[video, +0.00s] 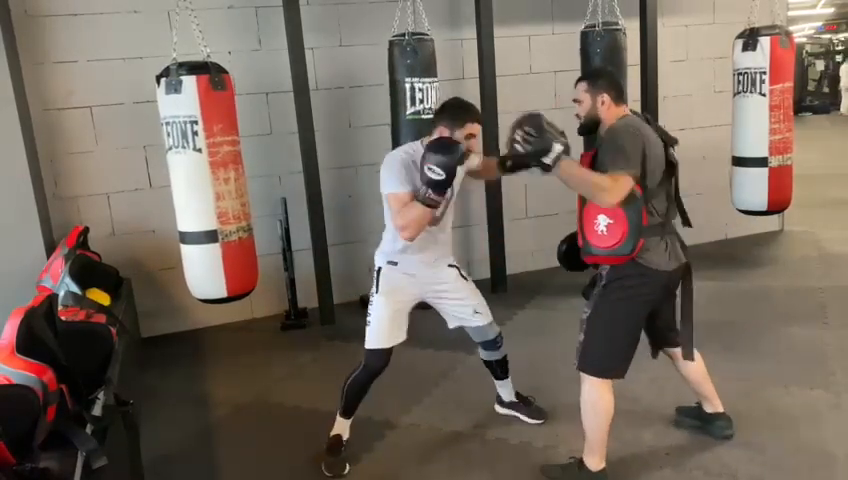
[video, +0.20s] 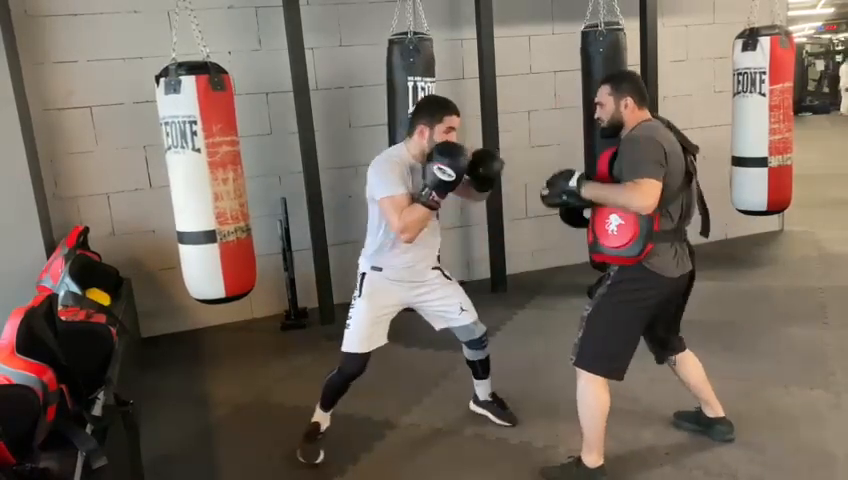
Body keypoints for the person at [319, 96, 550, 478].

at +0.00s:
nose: (475, 147)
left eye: (476, 139)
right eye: (469, 139)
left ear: (462, 140)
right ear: (443, 134)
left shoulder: (458, 157)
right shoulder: (398, 161)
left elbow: (482, 169)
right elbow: (407, 230)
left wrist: (518, 160)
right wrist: (438, 186)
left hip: (442, 267)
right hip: (396, 270)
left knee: (489, 335)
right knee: (376, 360)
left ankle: (508, 399)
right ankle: (339, 433)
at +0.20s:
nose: (454, 139)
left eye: (456, 132)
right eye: (448, 131)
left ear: (442, 133)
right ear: (424, 131)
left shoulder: (441, 162)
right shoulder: (386, 166)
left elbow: (473, 194)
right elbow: (405, 229)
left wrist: (484, 177)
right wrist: (437, 187)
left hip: (427, 273)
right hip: (381, 278)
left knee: (474, 333)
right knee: (352, 365)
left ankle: (484, 397)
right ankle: (318, 423)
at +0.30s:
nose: (437, 144)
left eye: (438, 137)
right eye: (431, 137)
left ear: (412, 138)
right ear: (406, 137)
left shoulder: (419, 169)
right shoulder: (364, 172)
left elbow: (451, 211)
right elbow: (383, 236)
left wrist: (458, 172)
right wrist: (416, 194)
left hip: (404, 277)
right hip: (359, 282)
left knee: (461, 335)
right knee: (326, 372)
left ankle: (474, 397)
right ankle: (278, 430)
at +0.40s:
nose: (408, 164)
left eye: (409, 156)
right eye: (402, 157)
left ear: (380, 159)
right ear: (376, 159)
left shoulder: (402, 186)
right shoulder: (334, 196)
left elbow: (439, 217)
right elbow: (344, 259)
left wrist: (450, 197)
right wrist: (380, 219)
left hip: (386, 298)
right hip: (340, 303)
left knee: (449, 351)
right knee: (298, 390)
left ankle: (445, 402)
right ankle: (239, 455)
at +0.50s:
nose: (402, 171)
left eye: (402, 162)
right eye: (396, 163)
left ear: (377, 167)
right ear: (371, 167)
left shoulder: (391, 196)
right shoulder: (329, 208)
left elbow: (429, 225)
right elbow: (337, 272)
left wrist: (454, 204)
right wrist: (372, 239)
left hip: (377, 308)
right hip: (332, 316)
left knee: (438, 352)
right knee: (292, 400)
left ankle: (442, 411)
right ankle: (236, 455)